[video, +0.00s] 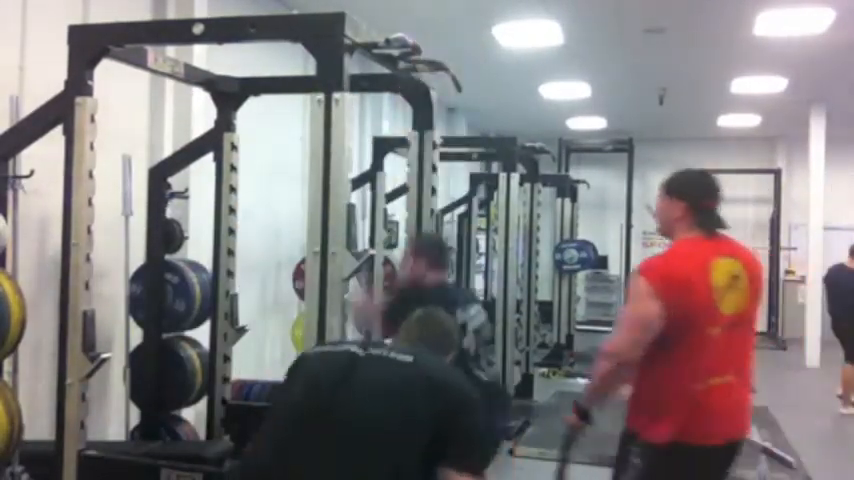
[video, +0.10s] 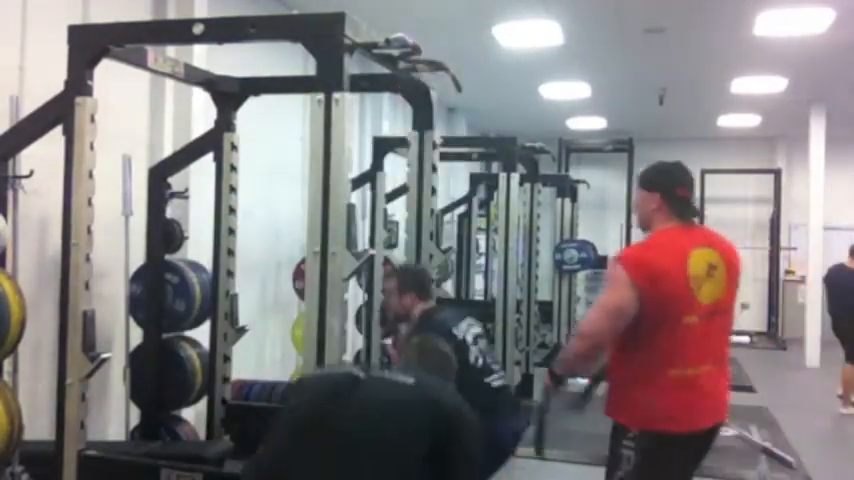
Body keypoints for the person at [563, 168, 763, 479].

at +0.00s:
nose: (655, 209)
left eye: (661, 200)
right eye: (657, 200)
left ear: (680, 207)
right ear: (708, 206)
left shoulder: (658, 273)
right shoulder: (748, 263)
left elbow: (622, 354)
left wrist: (584, 406)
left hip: (666, 430)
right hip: (726, 429)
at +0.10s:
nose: (635, 203)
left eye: (639, 194)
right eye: (636, 194)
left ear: (655, 200)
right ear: (684, 198)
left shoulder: (638, 260)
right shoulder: (724, 251)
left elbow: (592, 335)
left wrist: (559, 371)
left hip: (649, 421)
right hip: (705, 418)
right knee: (675, 473)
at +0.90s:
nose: (606, 214)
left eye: (617, 206)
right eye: (604, 205)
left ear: (643, 209)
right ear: (600, 205)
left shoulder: (657, 255)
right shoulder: (608, 249)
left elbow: (652, 329)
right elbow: (595, 307)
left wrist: (589, 337)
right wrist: (577, 324)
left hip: (655, 403)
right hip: (618, 397)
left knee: (652, 473)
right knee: (619, 471)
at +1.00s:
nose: (627, 215)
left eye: (637, 207)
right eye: (624, 206)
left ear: (662, 210)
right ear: (618, 206)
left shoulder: (678, 259)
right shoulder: (618, 247)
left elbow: (673, 331)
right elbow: (599, 301)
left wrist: (603, 340)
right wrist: (584, 327)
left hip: (662, 406)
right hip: (622, 397)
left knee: (655, 473)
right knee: (621, 471)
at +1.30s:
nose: (700, 221)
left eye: (712, 215)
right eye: (695, 213)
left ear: (734, 220)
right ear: (688, 215)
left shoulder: (762, 274)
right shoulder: (664, 262)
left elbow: (781, 347)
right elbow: (637, 311)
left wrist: (741, 410)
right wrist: (617, 368)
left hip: (739, 425)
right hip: (674, 420)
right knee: (662, 474)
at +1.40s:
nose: (729, 221)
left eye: (741, 215)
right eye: (724, 212)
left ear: (762, 220)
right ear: (716, 213)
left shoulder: (795, 276)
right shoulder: (685, 262)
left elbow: (815, 347)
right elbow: (654, 314)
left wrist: (804, 419)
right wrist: (637, 375)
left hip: (766, 428)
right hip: (697, 421)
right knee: (675, 473)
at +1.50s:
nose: (757, 217)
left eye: (768, 210)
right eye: (750, 207)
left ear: (787, 216)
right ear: (740, 208)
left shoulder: (821, 272)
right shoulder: (701, 259)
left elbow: (844, 340)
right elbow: (668, 313)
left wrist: (846, 412)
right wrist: (658, 379)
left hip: (785, 426)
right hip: (714, 418)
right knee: (696, 473)